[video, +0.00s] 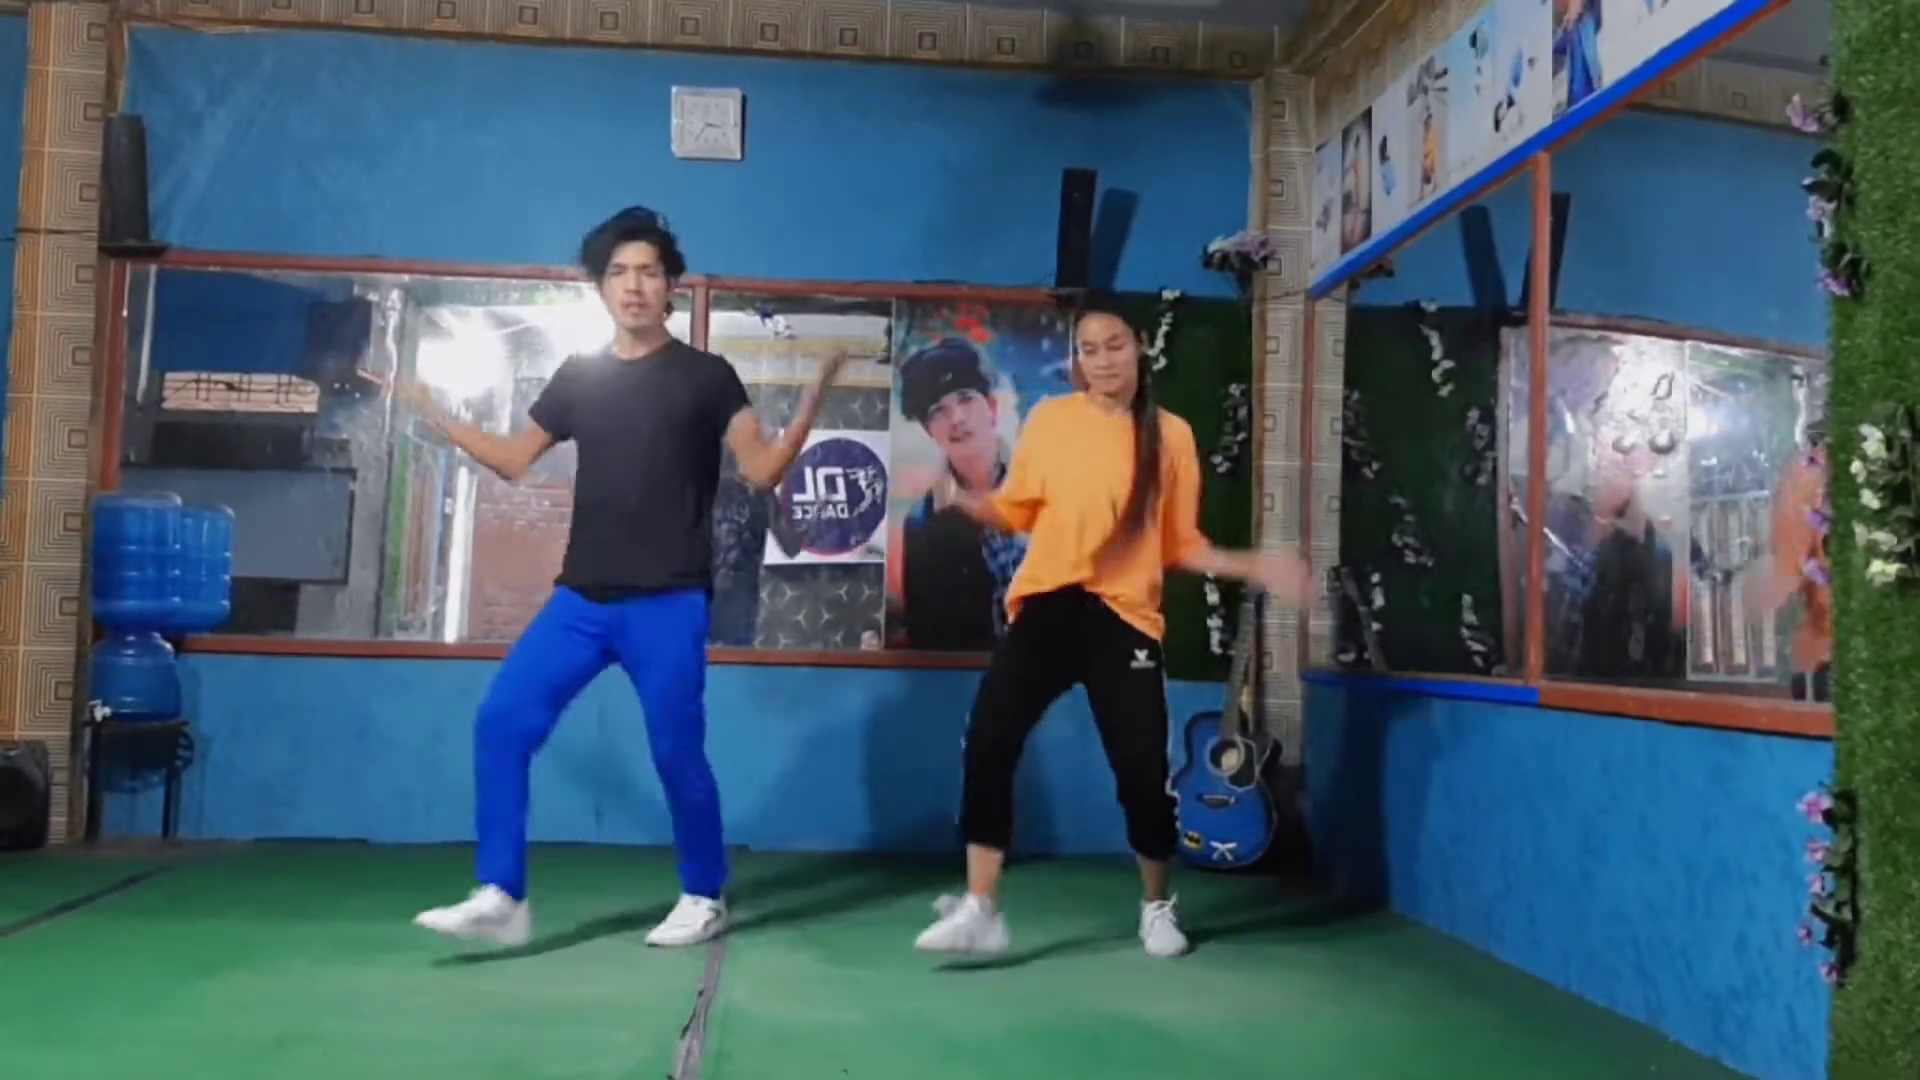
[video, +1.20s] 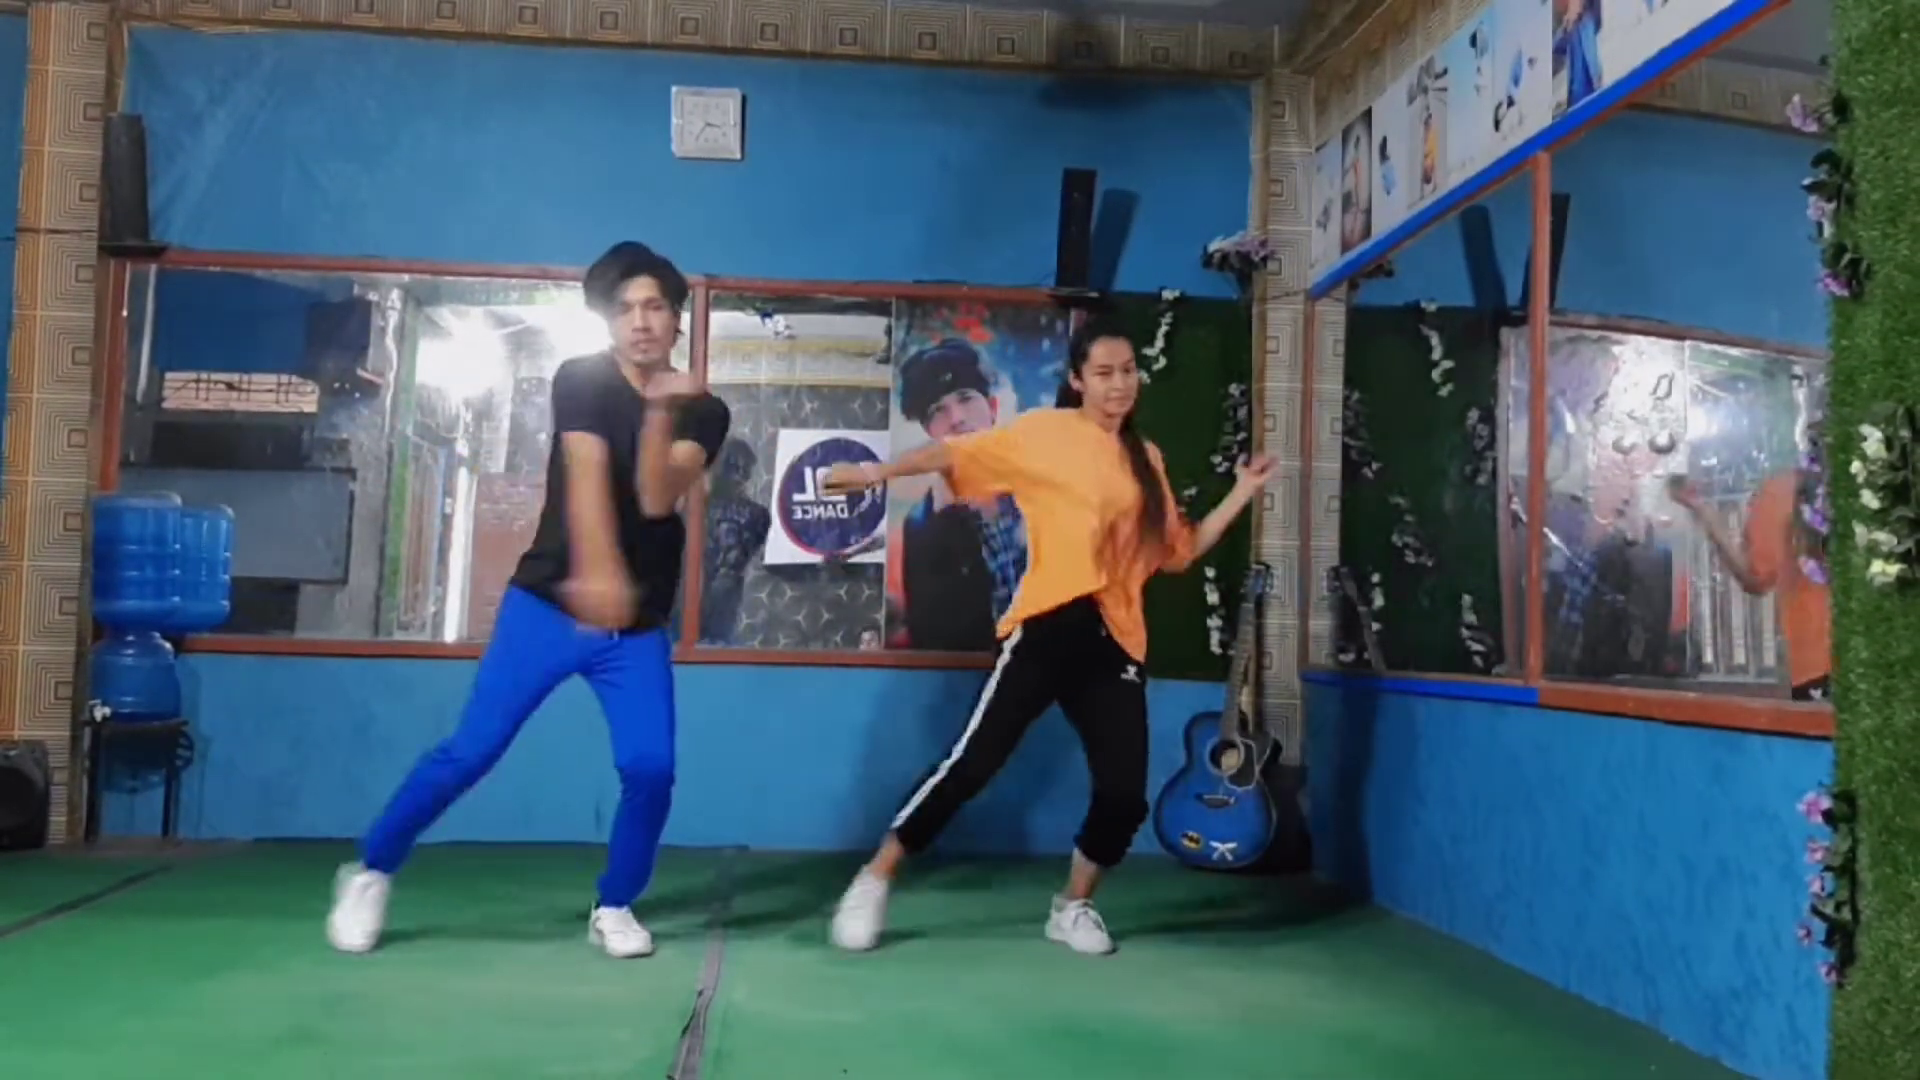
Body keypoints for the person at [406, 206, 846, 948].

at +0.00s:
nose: (636, 287)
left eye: (650, 274)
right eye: (622, 274)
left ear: (672, 288)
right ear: (600, 288)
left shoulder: (708, 376)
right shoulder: (581, 376)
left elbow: (763, 469)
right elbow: (512, 458)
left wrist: (817, 393)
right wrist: (434, 414)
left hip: (667, 603)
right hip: (582, 599)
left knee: (677, 751)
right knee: (502, 721)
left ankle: (703, 898)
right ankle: (502, 897)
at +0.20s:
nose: (614, 261)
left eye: (628, 246)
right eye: (597, 248)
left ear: (652, 260)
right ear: (578, 263)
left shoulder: (691, 341)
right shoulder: (550, 350)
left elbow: (778, 402)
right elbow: (466, 400)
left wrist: (724, 427)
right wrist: (449, 417)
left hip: (656, 558)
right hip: (570, 556)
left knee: (628, 690)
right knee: (521, 709)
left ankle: (618, 840)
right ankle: (537, 884)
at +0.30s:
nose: (604, 271)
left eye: (618, 256)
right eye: (588, 258)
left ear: (642, 271)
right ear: (569, 275)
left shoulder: (682, 362)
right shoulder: (549, 368)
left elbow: (736, 464)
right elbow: (505, 470)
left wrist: (700, 535)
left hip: (628, 587)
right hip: (549, 583)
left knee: (586, 736)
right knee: (528, 740)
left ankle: (598, 892)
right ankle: (553, 898)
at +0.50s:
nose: (582, 282)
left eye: (598, 269)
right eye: (569, 271)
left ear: (626, 284)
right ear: (553, 287)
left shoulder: (665, 346)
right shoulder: (540, 392)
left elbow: (729, 420)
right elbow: (484, 475)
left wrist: (643, 434)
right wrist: (446, 509)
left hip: (642, 578)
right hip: (559, 582)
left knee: (584, 704)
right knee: (523, 745)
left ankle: (615, 855)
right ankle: (552, 904)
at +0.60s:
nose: (569, 281)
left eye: (586, 269)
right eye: (557, 269)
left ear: (612, 284)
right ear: (540, 285)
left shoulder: (639, 340)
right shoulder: (535, 390)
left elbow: (703, 425)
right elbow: (487, 481)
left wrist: (687, 530)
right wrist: (391, 436)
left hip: (644, 584)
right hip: (569, 594)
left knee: (631, 734)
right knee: (529, 751)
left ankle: (716, 859)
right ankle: (555, 910)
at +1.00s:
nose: (622, 299)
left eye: (634, 285)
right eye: (607, 288)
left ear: (657, 300)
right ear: (588, 303)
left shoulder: (687, 396)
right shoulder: (554, 375)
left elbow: (707, 502)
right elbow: (496, 463)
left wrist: (729, 442)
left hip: (638, 612)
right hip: (542, 603)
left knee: (658, 757)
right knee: (475, 731)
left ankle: (622, 899)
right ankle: (515, 885)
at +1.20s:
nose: (644, 324)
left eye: (656, 308)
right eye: (628, 310)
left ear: (677, 317)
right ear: (607, 320)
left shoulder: (704, 413)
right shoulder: (583, 381)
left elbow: (658, 498)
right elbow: (585, 478)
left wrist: (661, 410)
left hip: (638, 632)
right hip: (544, 614)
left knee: (652, 768)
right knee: (473, 752)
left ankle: (616, 908)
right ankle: (370, 873)